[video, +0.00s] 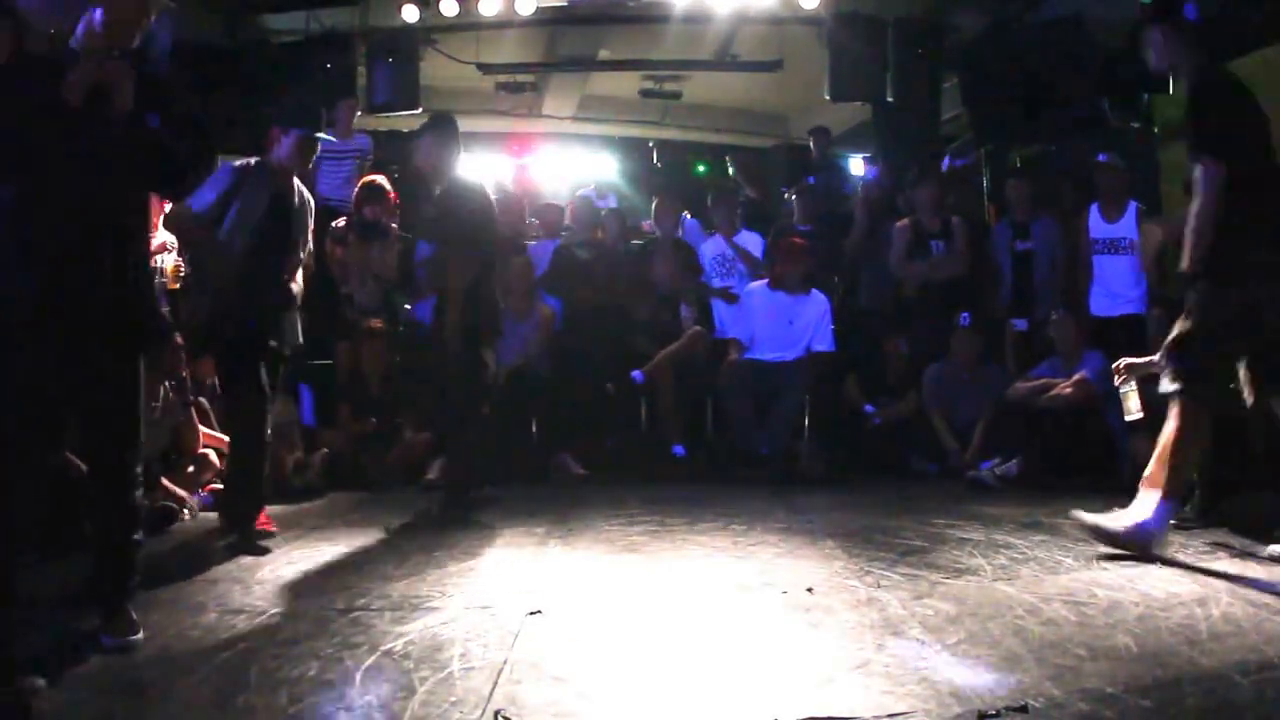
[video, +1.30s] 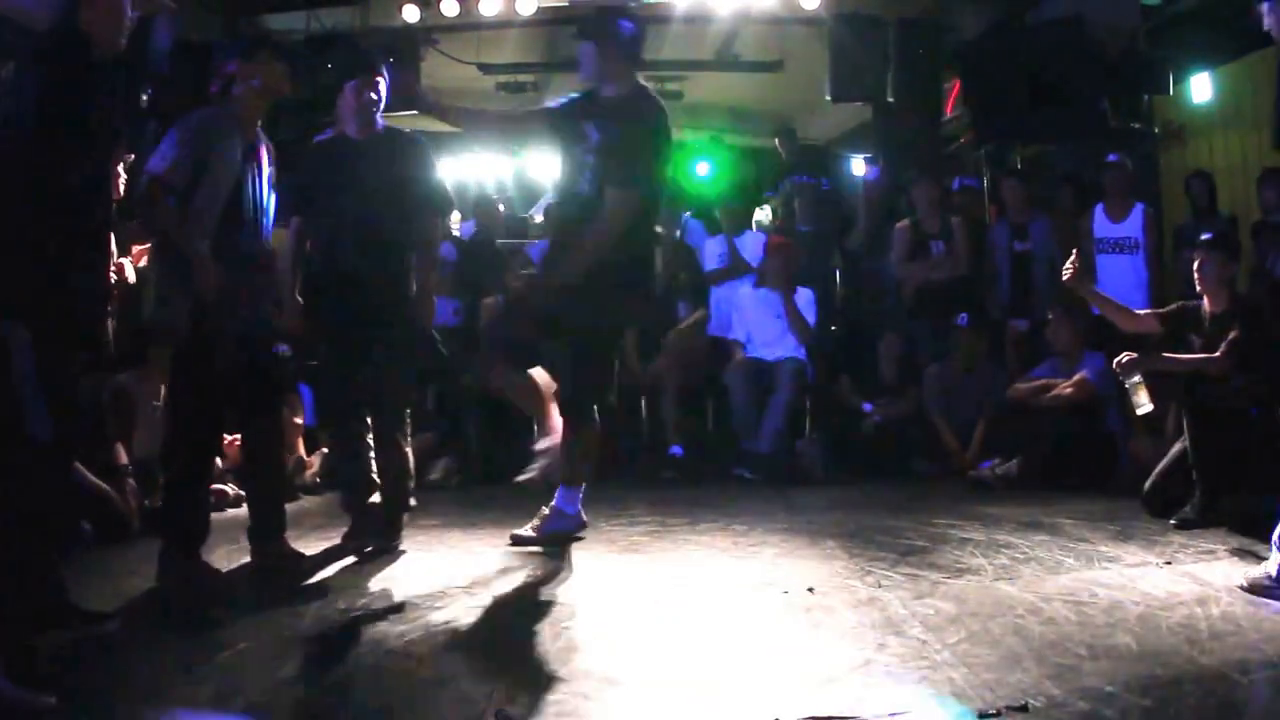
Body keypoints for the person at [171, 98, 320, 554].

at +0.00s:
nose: (308, 156)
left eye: (313, 148)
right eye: (302, 144)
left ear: (309, 151)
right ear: (277, 138)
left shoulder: (302, 199)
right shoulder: (238, 176)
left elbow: (300, 257)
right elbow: (185, 217)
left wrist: (291, 285)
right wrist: (214, 265)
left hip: (272, 320)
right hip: (231, 314)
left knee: (260, 412)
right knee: (250, 412)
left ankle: (246, 506)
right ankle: (242, 513)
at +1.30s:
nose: (262, 90)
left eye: (269, 82)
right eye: (255, 79)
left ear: (277, 88)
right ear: (233, 80)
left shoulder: (263, 149)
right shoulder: (199, 131)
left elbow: (261, 233)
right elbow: (154, 191)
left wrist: (280, 297)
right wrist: (196, 261)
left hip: (253, 314)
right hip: (198, 313)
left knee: (265, 430)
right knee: (193, 435)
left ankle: (270, 547)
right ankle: (180, 561)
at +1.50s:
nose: (259, 71)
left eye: (260, 60)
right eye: (249, 59)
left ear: (249, 69)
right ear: (217, 61)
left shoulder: (239, 137)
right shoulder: (185, 124)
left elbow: (232, 222)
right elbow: (148, 201)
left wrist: (256, 260)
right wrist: (196, 259)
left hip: (221, 303)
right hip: (175, 306)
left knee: (243, 423)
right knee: (182, 426)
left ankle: (216, 536)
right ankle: (180, 553)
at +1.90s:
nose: (240, 75)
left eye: (239, 64)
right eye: (231, 64)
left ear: (215, 71)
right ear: (205, 67)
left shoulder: (201, 125)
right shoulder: (182, 120)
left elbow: (185, 214)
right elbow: (156, 204)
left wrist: (213, 259)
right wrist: (199, 266)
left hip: (197, 306)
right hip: (174, 309)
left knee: (212, 422)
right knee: (187, 429)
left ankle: (186, 543)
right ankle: (180, 554)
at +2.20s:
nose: (233, 100)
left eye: (231, 94)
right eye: (231, 93)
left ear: (193, 88)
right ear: (221, 91)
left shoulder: (169, 126)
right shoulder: (205, 120)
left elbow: (128, 210)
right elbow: (190, 197)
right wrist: (229, 263)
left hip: (150, 301)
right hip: (176, 305)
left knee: (175, 422)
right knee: (191, 422)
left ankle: (171, 541)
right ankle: (179, 550)